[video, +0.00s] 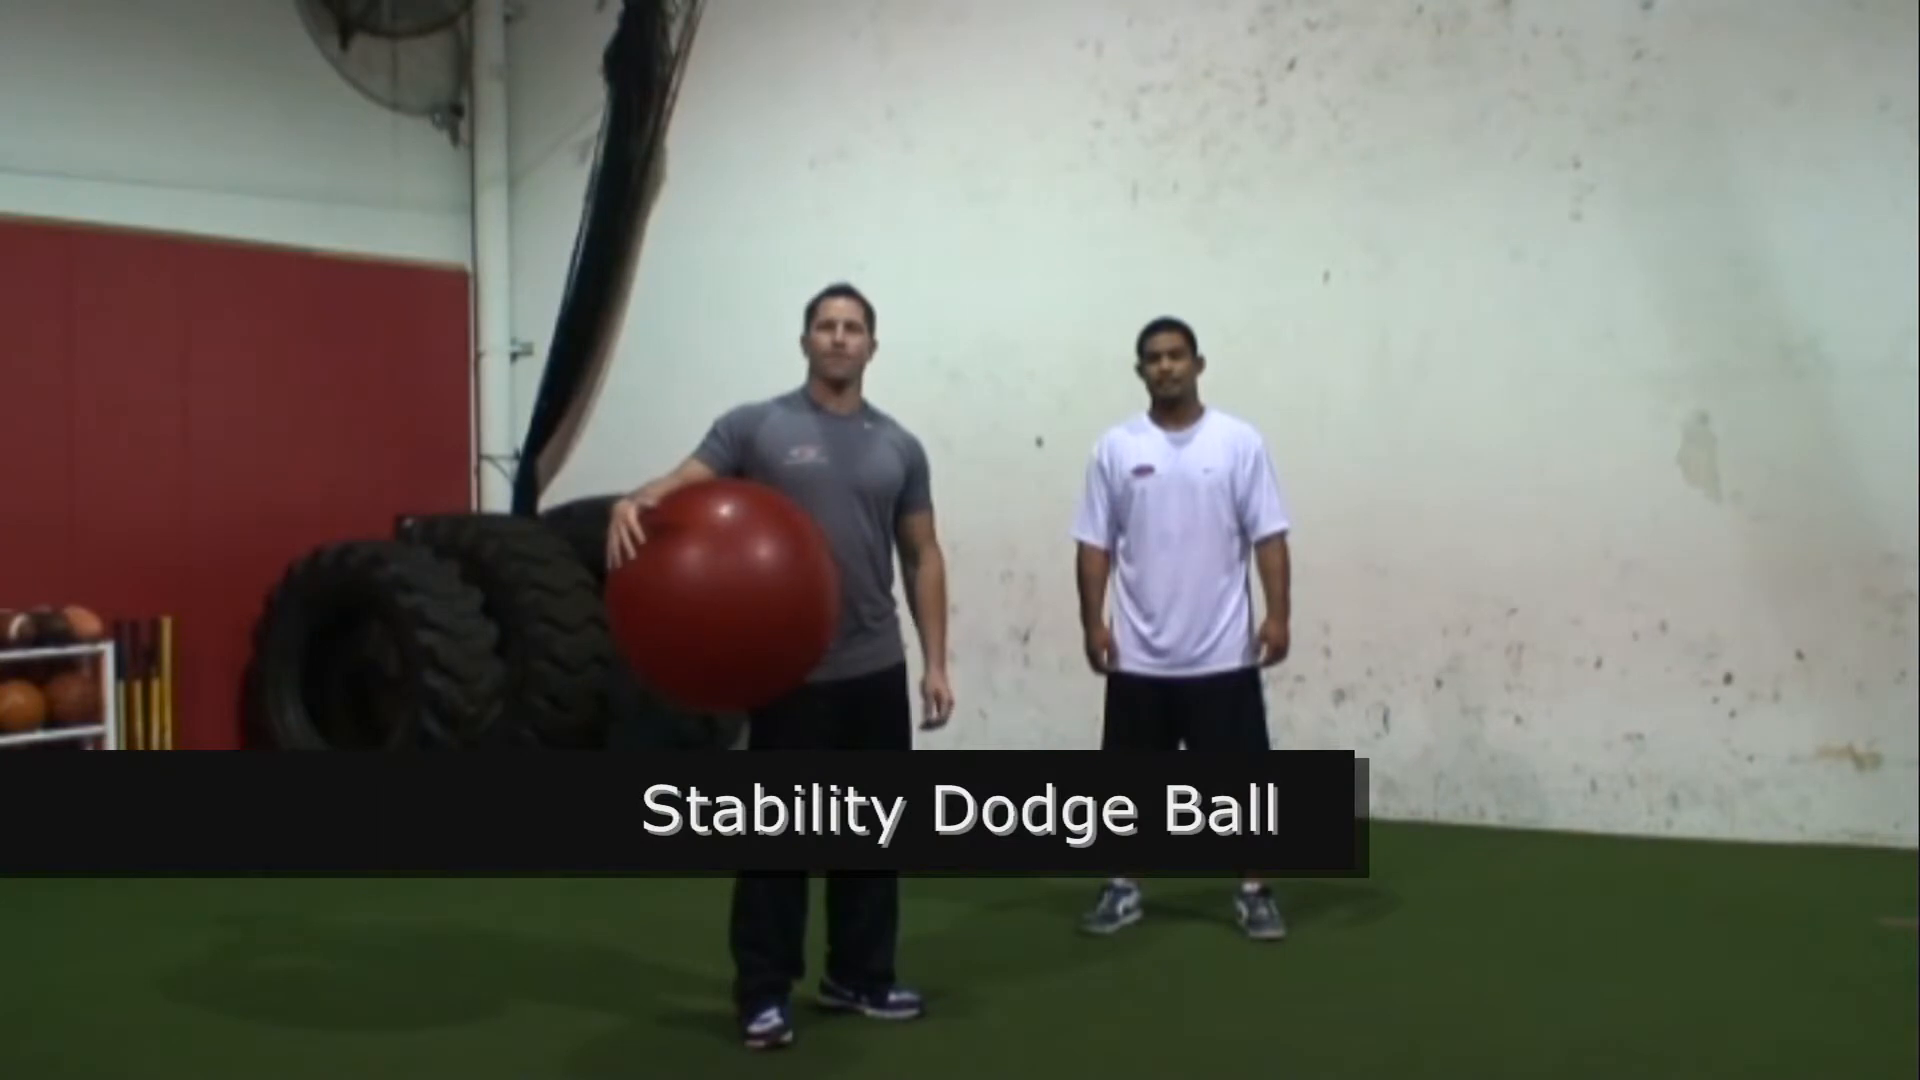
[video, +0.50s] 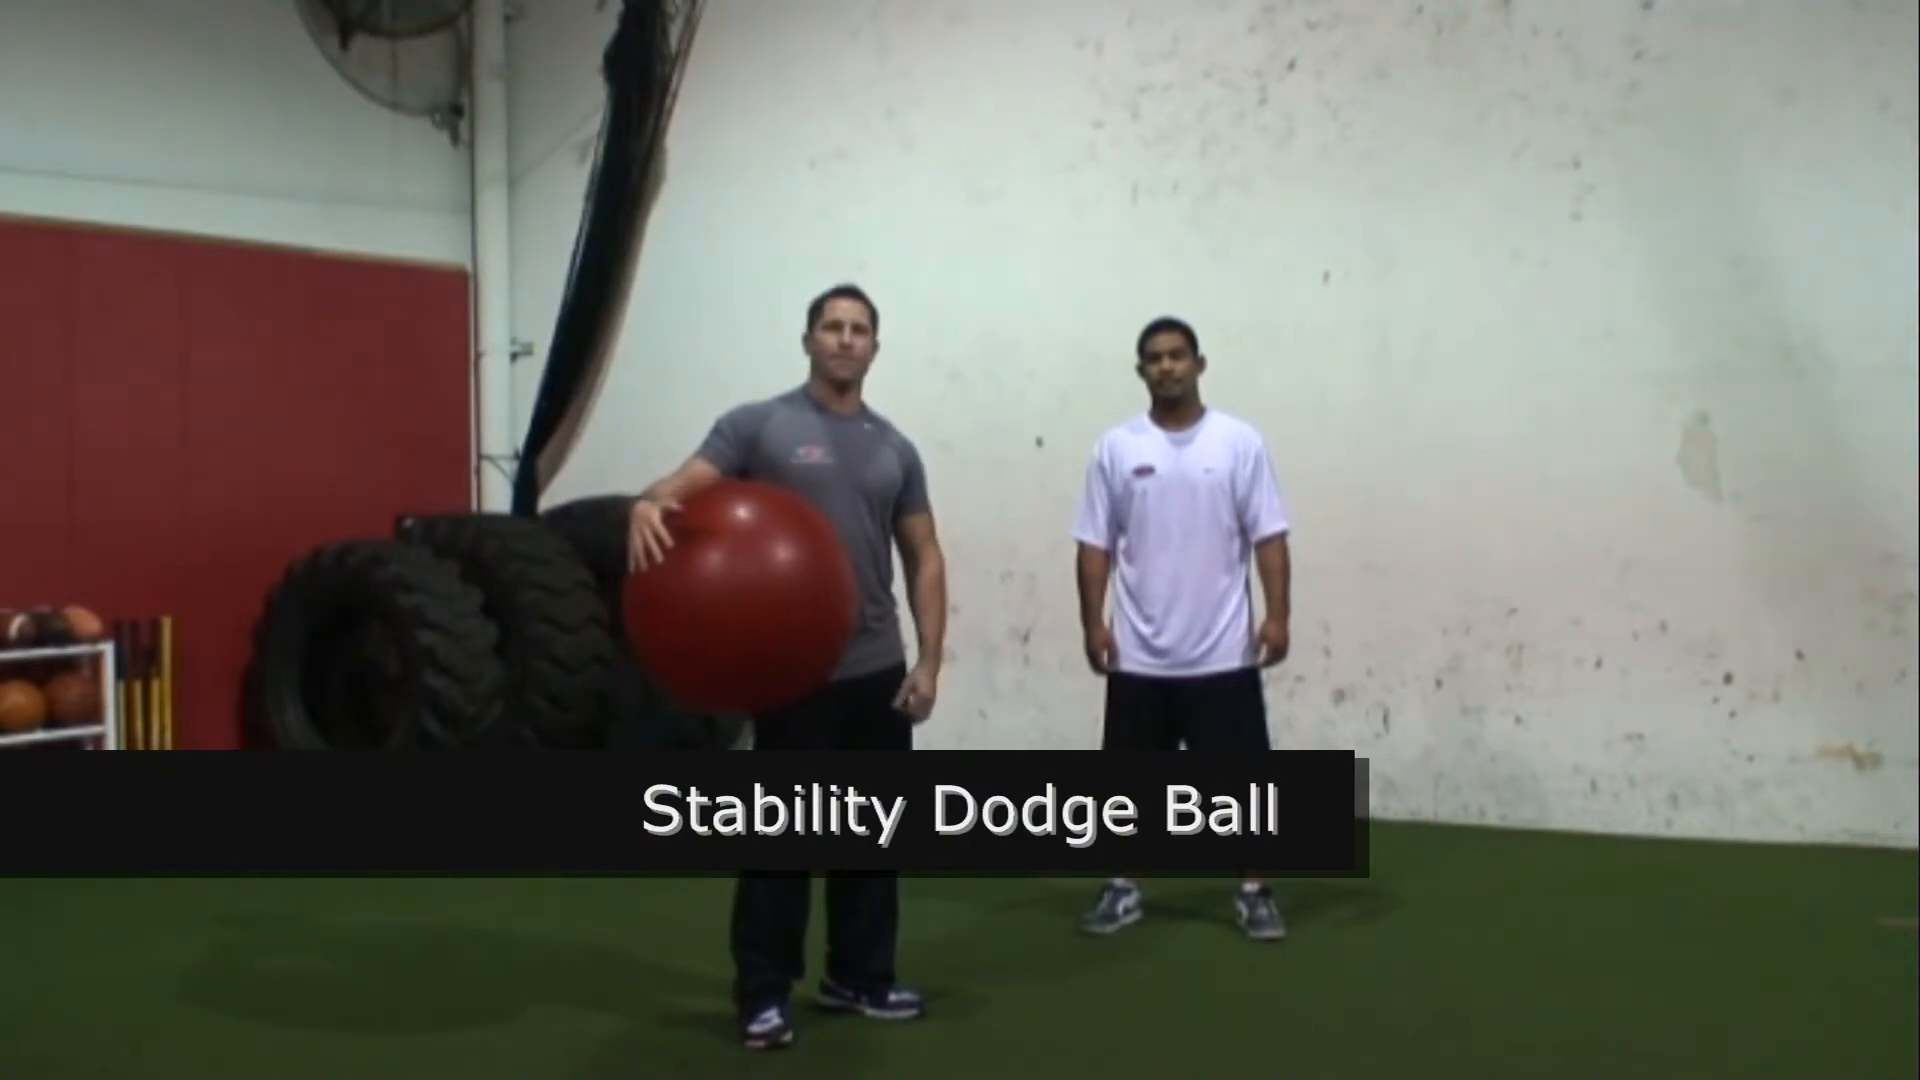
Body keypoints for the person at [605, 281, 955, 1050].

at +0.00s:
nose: (839, 337)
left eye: (853, 327)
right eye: (827, 326)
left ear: (872, 345)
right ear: (804, 341)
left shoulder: (899, 447)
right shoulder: (754, 426)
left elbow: (923, 554)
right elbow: (681, 484)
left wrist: (936, 661)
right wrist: (630, 504)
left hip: (874, 669)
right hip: (785, 674)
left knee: (873, 833)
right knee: (777, 835)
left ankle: (860, 976)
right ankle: (765, 994)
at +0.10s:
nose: (841, 337)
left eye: (854, 328)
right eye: (828, 326)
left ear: (873, 345)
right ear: (805, 341)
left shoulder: (898, 447)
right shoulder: (754, 426)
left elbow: (924, 556)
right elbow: (682, 484)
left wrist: (939, 660)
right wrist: (632, 504)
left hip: (874, 669)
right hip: (784, 674)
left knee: (873, 832)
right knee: (777, 836)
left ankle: (860, 976)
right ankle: (765, 994)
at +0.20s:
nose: (843, 338)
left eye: (856, 328)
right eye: (830, 327)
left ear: (873, 345)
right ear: (806, 340)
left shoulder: (898, 447)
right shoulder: (755, 426)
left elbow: (924, 555)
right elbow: (683, 484)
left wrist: (939, 658)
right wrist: (634, 503)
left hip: (874, 668)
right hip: (785, 672)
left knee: (873, 831)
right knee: (777, 834)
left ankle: (860, 975)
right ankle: (765, 994)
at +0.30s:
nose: (843, 338)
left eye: (856, 329)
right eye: (831, 327)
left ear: (874, 346)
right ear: (807, 341)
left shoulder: (898, 447)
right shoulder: (755, 426)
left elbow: (924, 554)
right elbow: (684, 483)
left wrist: (935, 660)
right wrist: (638, 503)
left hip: (873, 668)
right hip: (785, 673)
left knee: (873, 831)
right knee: (777, 835)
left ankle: (860, 975)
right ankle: (766, 994)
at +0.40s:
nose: (844, 339)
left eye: (857, 330)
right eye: (831, 327)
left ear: (874, 347)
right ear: (807, 341)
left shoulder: (896, 449)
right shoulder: (755, 426)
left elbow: (925, 557)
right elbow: (686, 482)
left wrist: (930, 662)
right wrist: (642, 503)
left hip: (873, 668)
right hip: (786, 672)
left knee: (872, 832)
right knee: (778, 835)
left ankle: (860, 975)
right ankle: (766, 994)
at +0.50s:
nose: (847, 339)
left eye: (859, 329)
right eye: (833, 327)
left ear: (875, 347)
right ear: (808, 341)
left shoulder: (894, 450)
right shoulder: (757, 425)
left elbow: (924, 556)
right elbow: (686, 484)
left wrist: (931, 659)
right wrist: (646, 504)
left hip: (875, 669)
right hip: (788, 671)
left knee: (873, 832)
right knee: (781, 834)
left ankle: (859, 976)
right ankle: (765, 994)